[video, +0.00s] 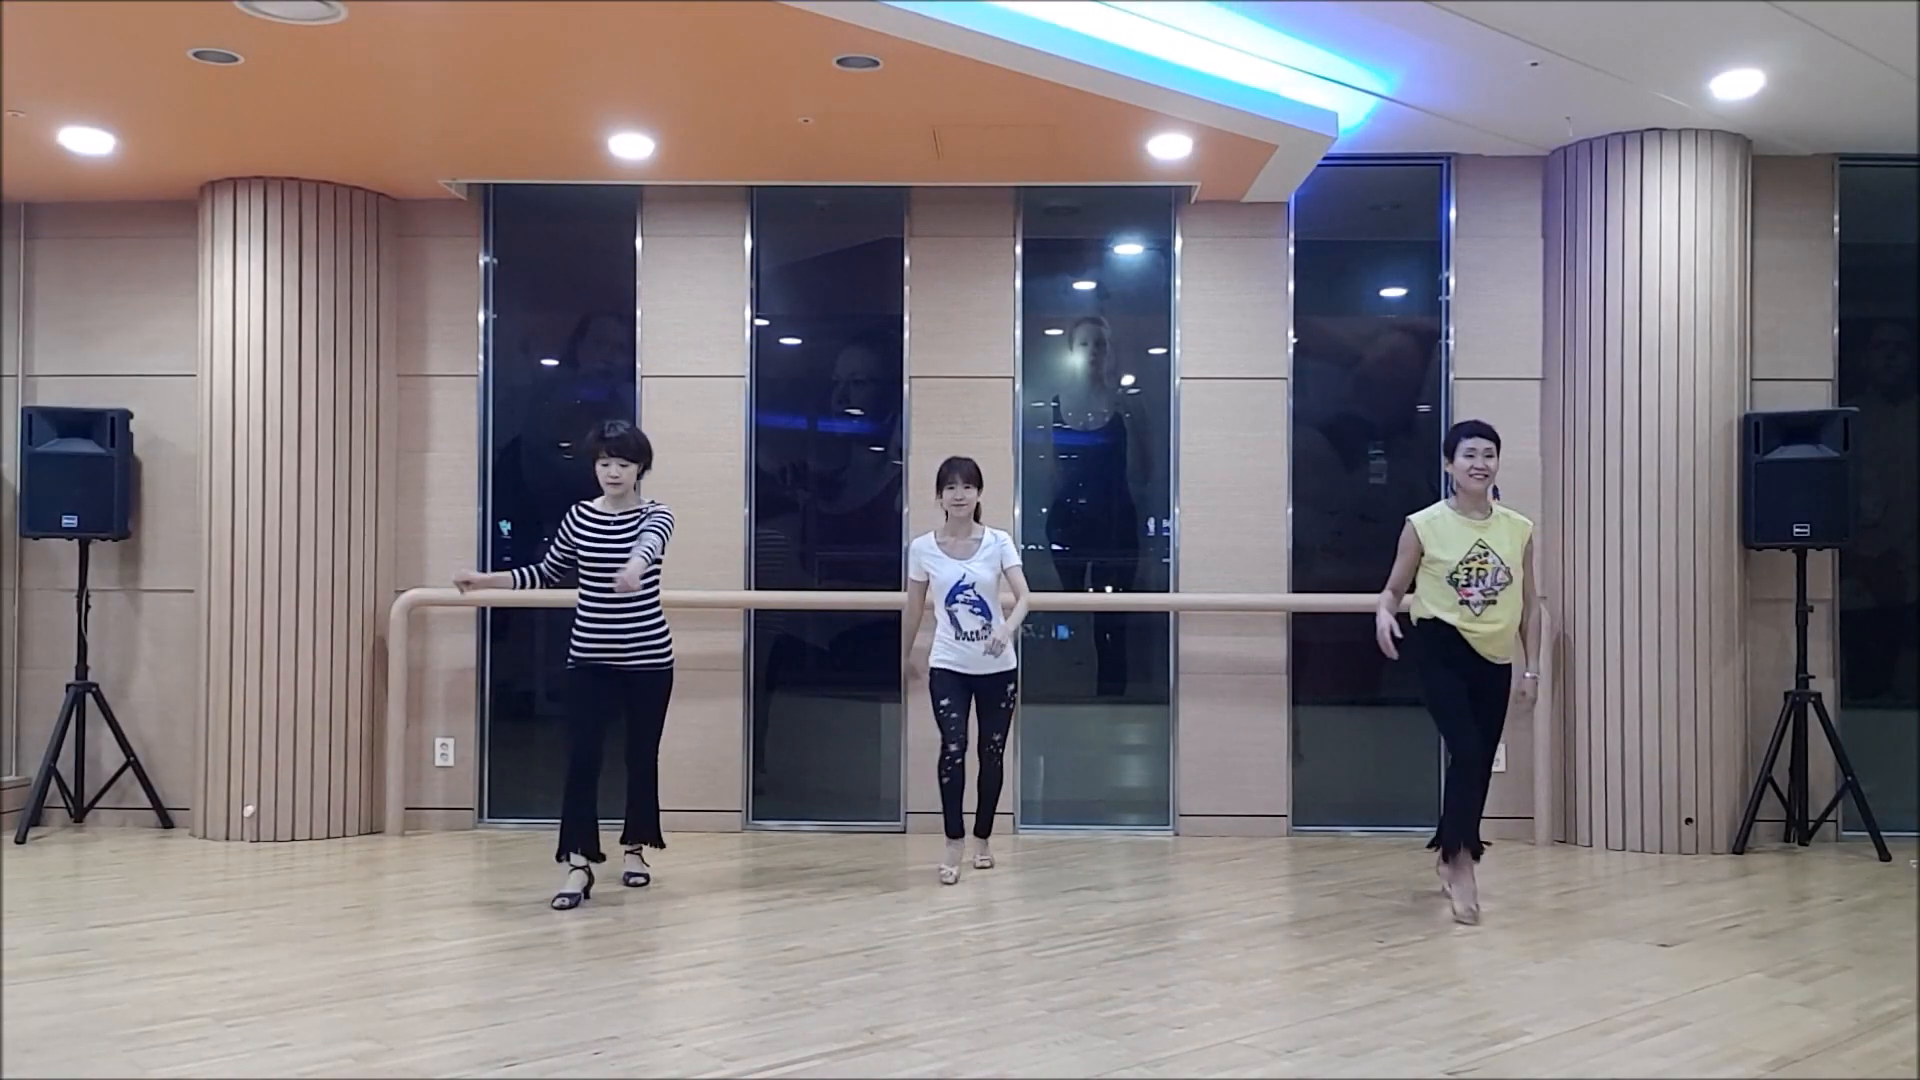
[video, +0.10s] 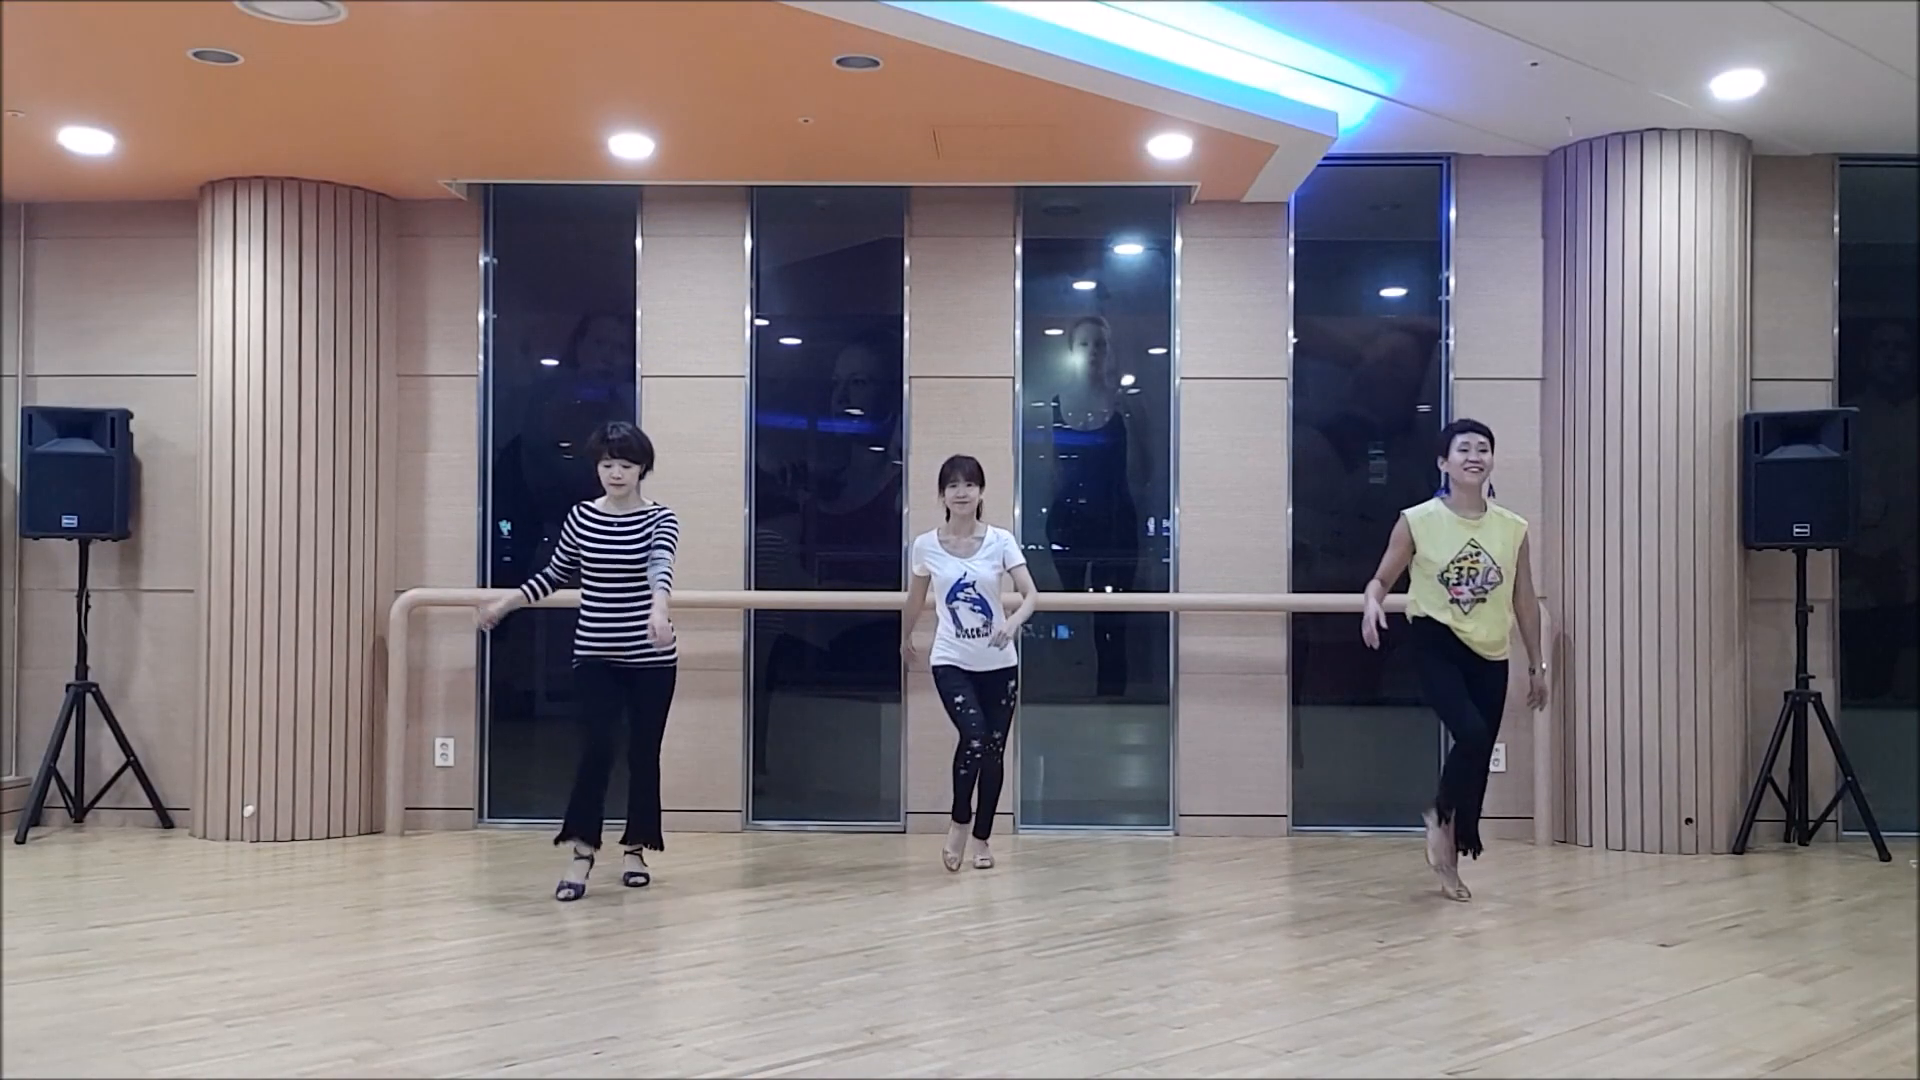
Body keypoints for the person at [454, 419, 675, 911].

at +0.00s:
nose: (613, 470)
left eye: (623, 463)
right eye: (605, 462)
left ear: (640, 468)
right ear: (595, 466)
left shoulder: (656, 515)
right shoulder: (580, 516)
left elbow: (648, 545)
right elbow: (547, 570)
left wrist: (632, 567)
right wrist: (489, 579)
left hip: (647, 657)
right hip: (589, 656)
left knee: (642, 756)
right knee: (583, 756)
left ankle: (635, 850)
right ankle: (577, 866)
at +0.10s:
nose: (615, 470)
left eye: (625, 462)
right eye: (607, 462)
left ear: (643, 467)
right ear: (597, 466)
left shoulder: (660, 519)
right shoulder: (582, 516)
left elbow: (660, 568)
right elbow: (554, 575)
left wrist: (659, 607)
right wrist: (505, 602)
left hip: (651, 655)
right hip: (596, 654)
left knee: (643, 753)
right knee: (598, 750)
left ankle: (635, 852)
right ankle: (581, 854)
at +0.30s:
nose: (617, 471)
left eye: (627, 463)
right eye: (609, 463)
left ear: (643, 469)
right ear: (599, 468)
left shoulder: (660, 521)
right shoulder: (582, 517)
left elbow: (670, 588)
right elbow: (571, 583)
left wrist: (679, 653)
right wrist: (558, 642)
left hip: (653, 653)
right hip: (601, 654)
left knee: (645, 750)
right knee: (629, 747)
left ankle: (633, 849)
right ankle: (610, 848)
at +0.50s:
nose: (620, 470)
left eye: (631, 462)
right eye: (613, 462)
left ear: (648, 469)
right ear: (604, 468)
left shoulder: (666, 522)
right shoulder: (589, 520)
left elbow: (682, 587)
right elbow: (577, 586)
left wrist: (689, 650)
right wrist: (564, 642)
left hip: (657, 655)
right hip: (602, 655)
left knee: (648, 755)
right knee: (612, 746)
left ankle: (635, 850)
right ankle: (602, 842)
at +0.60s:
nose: (624, 468)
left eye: (634, 460)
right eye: (617, 461)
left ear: (652, 467)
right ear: (606, 468)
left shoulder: (675, 520)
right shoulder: (594, 522)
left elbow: (710, 572)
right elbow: (574, 587)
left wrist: (744, 619)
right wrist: (537, 633)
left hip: (652, 657)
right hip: (595, 653)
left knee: (642, 756)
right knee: (580, 744)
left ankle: (634, 851)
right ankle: (562, 837)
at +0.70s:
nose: (626, 468)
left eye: (636, 461)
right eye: (619, 461)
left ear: (654, 468)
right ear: (608, 469)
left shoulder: (680, 519)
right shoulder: (597, 525)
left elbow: (731, 556)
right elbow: (569, 585)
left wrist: (777, 571)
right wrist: (519, 608)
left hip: (646, 658)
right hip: (590, 652)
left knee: (630, 758)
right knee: (559, 745)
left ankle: (633, 855)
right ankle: (520, 850)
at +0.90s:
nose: (630, 464)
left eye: (639, 457)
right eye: (623, 457)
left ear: (656, 467)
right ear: (611, 465)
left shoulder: (677, 519)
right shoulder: (596, 520)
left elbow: (720, 569)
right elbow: (560, 578)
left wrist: (736, 553)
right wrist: (508, 594)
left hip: (651, 658)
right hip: (593, 652)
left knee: (638, 757)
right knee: (564, 747)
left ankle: (633, 854)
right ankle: (530, 847)